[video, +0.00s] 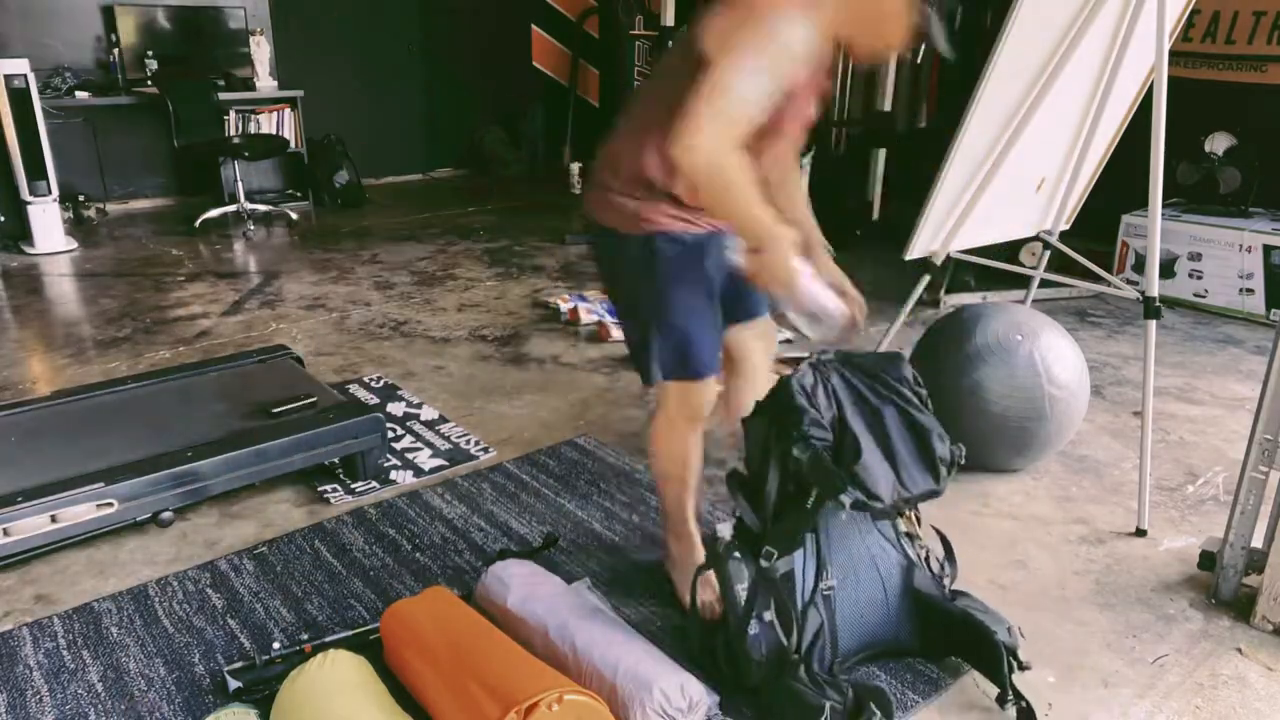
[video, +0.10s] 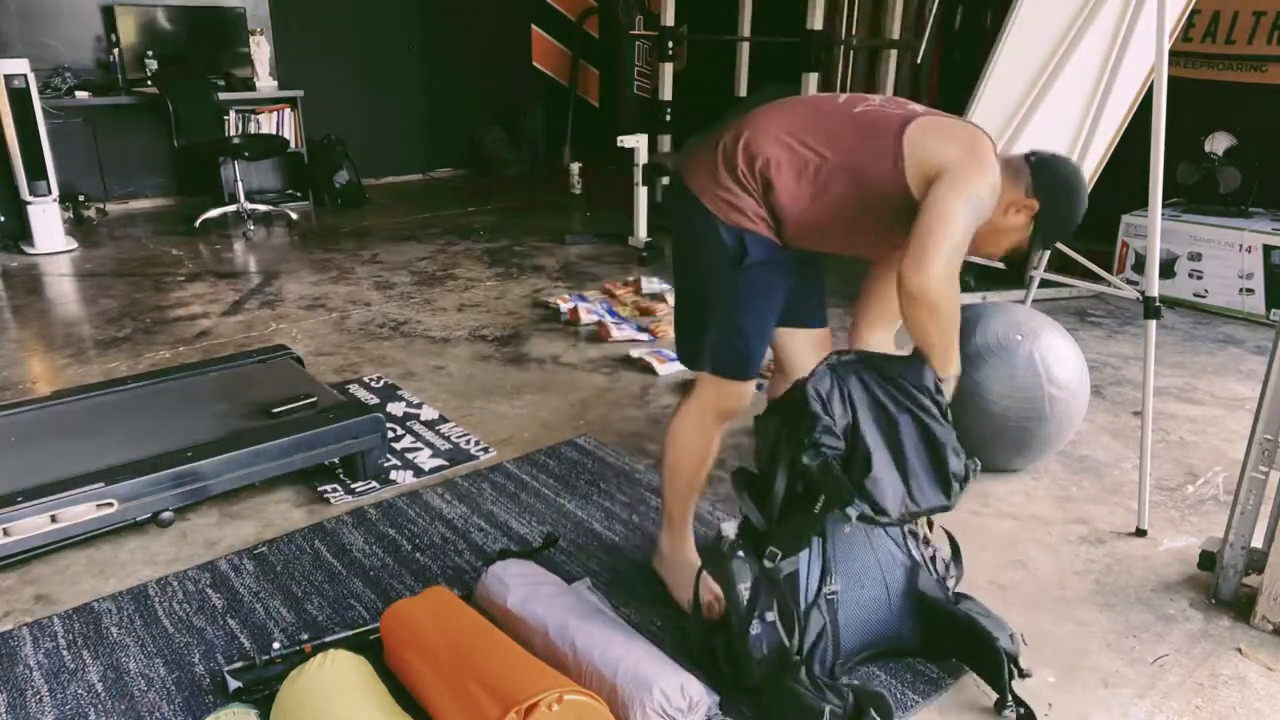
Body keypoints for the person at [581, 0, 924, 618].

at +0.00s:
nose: (902, 46)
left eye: (914, 35)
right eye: (912, 26)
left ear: (878, 9)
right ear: (883, 4)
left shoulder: (814, 40)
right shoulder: (783, 24)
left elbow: (776, 162)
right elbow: (696, 150)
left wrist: (818, 258)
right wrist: (771, 243)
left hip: (716, 206)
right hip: (649, 206)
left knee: (754, 354)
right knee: (688, 390)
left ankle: (763, 512)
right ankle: (685, 552)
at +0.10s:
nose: (996, 258)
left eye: (1012, 252)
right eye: (1015, 248)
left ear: (1017, 207)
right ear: (1022, 211)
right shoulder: (975, 167)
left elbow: (876, 326)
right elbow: (925, 280)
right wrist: (947, 376)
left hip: (791, 217)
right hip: (731, 192)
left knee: (807, 375)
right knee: (721, 390)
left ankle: (799, 540)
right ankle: (673, 546)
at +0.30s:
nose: (1025, 245)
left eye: (1042, 238)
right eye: (1042, 230)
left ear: (1035, 172)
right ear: (1037, 180)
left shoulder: (968, 155)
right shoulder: (969, 165)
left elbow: (880, 289)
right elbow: (869, 273)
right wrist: (883, 421)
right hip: (741, 205)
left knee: (816, 379)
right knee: (777, 406)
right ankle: (705, 564)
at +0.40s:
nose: (826, 94)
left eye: (844, 79)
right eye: (816, 74)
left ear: (869, 50)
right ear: (781, 25)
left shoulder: (854, 85)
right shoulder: (702, 68)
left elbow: (834, 170)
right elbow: (641, 214)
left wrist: (828, 258)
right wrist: (710, 316)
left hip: (740, 219)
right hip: (649, 211)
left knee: (737, 364)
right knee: (656, 371)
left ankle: (705, 513)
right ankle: (637, 545)